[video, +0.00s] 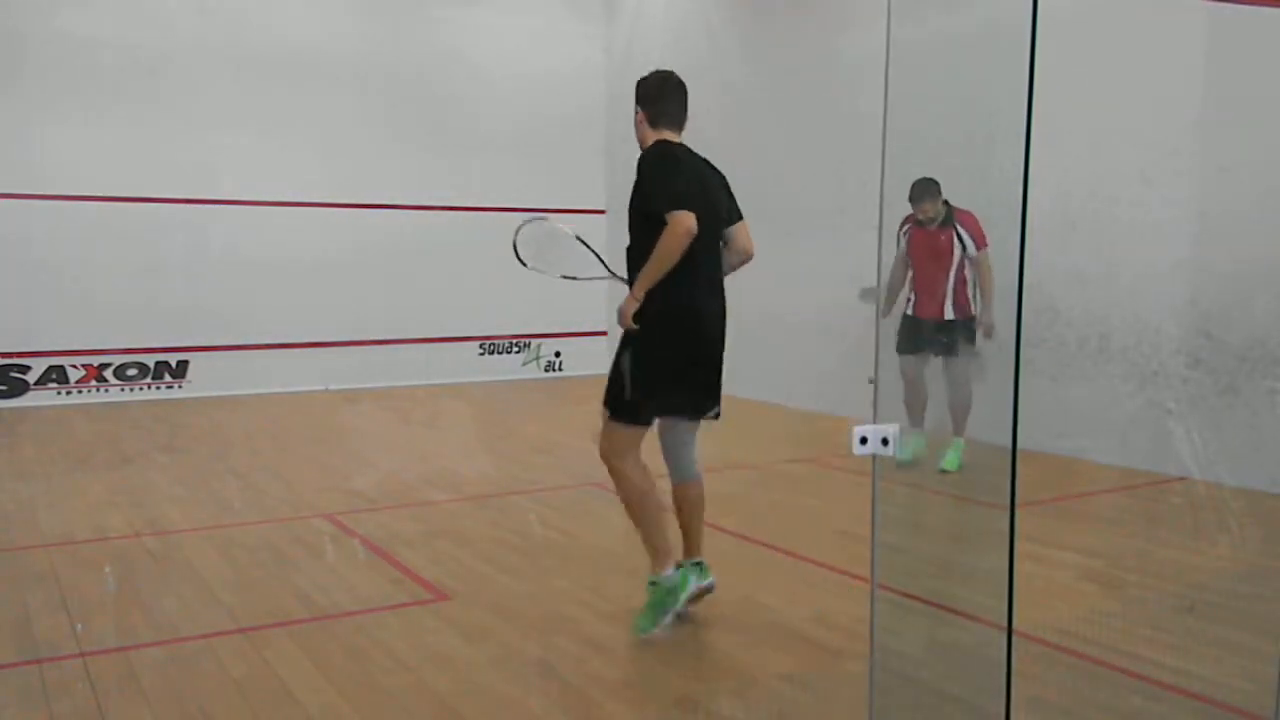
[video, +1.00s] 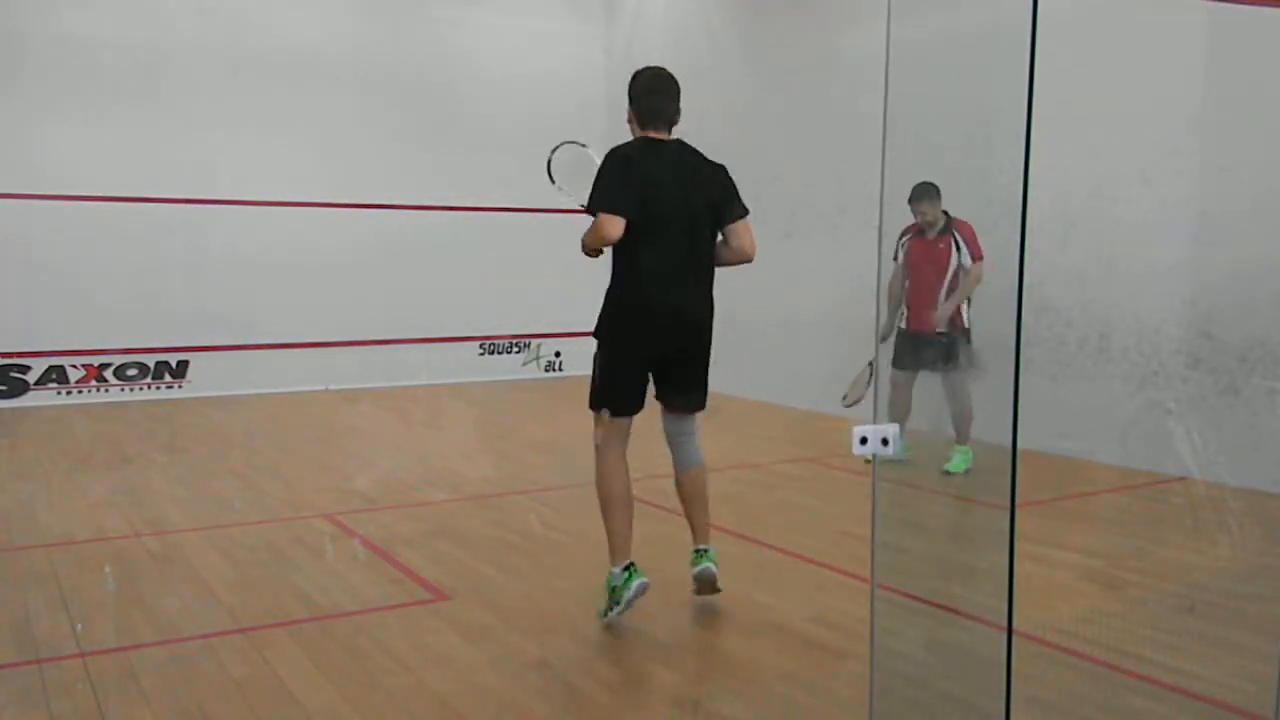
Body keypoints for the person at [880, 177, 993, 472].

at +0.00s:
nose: (921, 216)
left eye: (926, 210)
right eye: (917, 211)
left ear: (940, 202)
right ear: (912, 207)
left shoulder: (964, 223)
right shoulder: (909, 226)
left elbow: (982, 267)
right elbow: (901, 265)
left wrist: (986, 314)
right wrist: (890, 300)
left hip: (956, 318)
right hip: (917, 317)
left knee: (957, 378)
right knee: (910, 373)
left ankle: (957, 442)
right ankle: (915, 437)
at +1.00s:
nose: (922, 220)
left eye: (927, 214)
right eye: (917, 215)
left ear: (940, 207)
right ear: (912, 212)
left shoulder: (960, 232)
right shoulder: (908, 237)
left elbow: (974, 273)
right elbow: (898, 279)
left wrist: (949, 306)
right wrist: (889, 320)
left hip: (948, 330)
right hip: (912, 328)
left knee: (955, 386)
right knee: (899, 382)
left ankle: (962, 448)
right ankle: (895, 442)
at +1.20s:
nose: (914, 207)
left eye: (919, 202)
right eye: (909, 203)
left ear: (929, 202)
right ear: (902, 206)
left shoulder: (943, 231)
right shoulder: (892, 236)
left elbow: (951, 273)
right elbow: (886, 279)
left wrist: (908, 290)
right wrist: (881, 319)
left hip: (933, 328)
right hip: (897, 327)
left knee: (945, 384)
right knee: (892, 382)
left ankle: (960, 447)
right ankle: (894, 443)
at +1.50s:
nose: (900, 203)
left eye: (905, 198)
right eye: (895, 198)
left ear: (913, 200)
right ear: (887, 201)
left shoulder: (924, 233)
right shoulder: (876, 233)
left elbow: (932, 279)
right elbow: (865, 274)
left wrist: (932, 320)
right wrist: (856, 308)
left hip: (909, 324)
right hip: (879, 324)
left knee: (914, 379)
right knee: (886, 382)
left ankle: (945, 440)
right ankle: (890, 443)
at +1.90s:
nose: (893, 202)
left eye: (898, 197)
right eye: (888, 197)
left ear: (906, 201)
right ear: (880, 199)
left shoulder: (918, 233)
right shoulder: (866, 233)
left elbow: (935, 273)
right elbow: (856, 267)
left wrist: (943, 315)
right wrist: (847, 281)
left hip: (902, 322)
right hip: (870, 322)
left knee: (901, 376)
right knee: (881, 381)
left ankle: (919, 441)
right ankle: (885, 442)